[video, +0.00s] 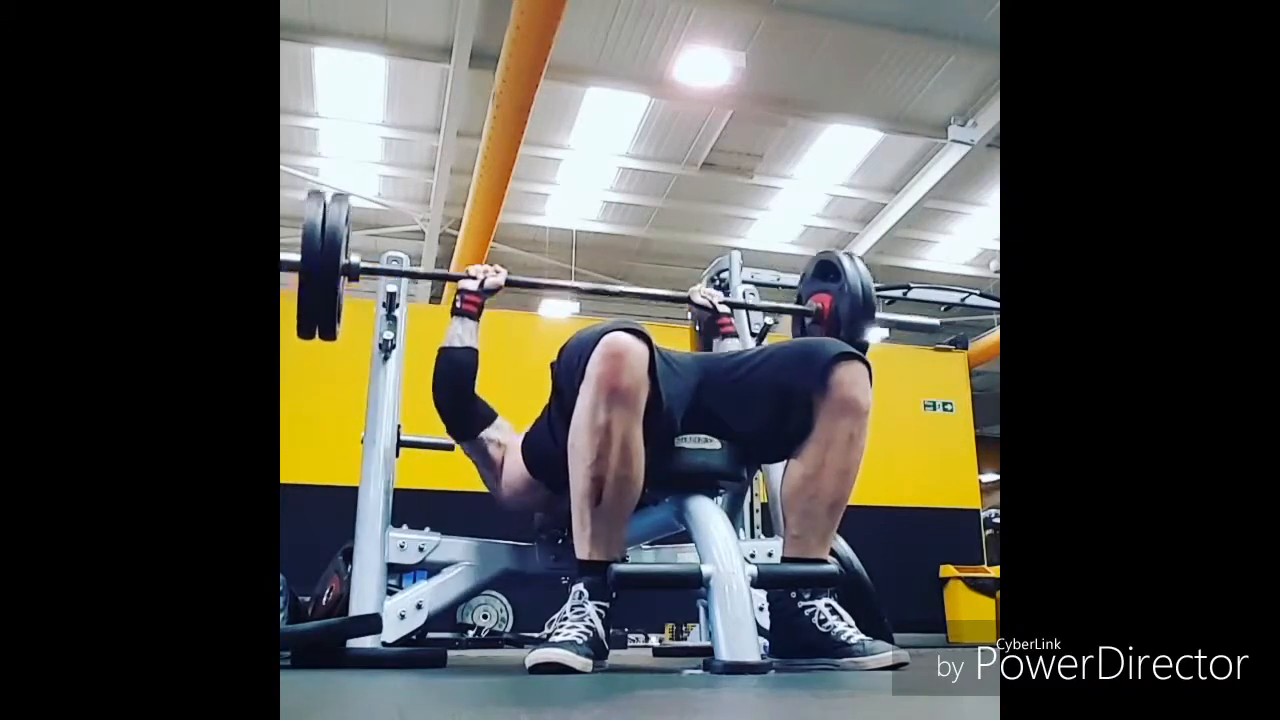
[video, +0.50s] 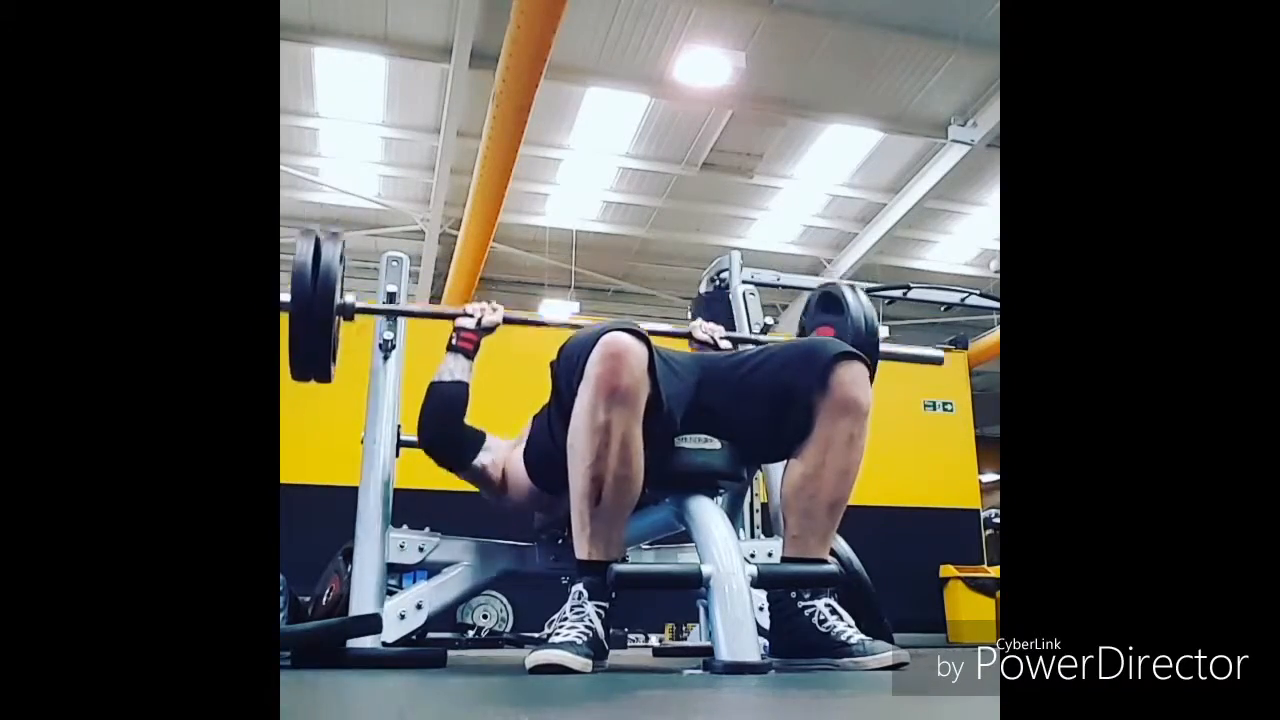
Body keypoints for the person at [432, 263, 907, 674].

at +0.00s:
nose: (499, 450)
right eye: (498, 456)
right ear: (506, 474)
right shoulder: (517, 469)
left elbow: (735, 402)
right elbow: (454, 397)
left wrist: (720, 336)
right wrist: (469, 303)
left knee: (844, 375)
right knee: (618, 352)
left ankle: (800, 609)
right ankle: (584, 608)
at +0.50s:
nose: (491, 464)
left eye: (494, 464)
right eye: (490, 471)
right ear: (499, 475)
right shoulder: (517, 467)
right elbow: (440, 433)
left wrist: (717, 356)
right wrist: (465, 340)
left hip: (708, 389)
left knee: (846, 377)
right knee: (619, 355)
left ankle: (799, 609)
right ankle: (587, 606)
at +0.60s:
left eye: (479, 473)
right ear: (488, 494)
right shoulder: (521, 479)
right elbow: (439, 472)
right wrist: (464, 381)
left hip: (704, 375)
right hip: (629, 361)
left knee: (849, 376)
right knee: (617, 355)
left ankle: (800, 607)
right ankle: (587, 604)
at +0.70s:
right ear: (494, 508)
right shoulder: (525, 490)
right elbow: (450, 498)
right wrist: (466, 407)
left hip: (701, 375)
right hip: (627, 361)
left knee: (850, 375)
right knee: (622, 356)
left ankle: (801, 606)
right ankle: (588, 606)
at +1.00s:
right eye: (489, 476)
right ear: (499, 481)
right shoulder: (518, 472)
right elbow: (441, 452)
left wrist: (728, 356)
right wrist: (464, 361)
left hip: (701, 375)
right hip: (623, 358)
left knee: (845, 374)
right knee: (617, 355)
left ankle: (801, 607)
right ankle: (587, 604)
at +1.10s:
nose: (498, 470)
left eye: (497, 472)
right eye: (493, 476)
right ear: (498, 472)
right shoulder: (519, 460)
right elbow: (443, 428)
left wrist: (723, 348)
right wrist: (463, 339)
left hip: (704, 386)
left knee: (845, 378)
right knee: (621, 355)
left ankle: (798, 609)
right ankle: (587, 606)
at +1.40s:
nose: (495, 430)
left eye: (496, 431)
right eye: (490, 440)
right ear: (500, 465)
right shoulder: (524, 466)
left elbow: (723, 382)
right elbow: (463, 379)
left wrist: (713, 310)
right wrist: (466, 281)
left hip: (693, 384)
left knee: (843, 374)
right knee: (621, 352)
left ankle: (799, 606)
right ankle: (588, 605)